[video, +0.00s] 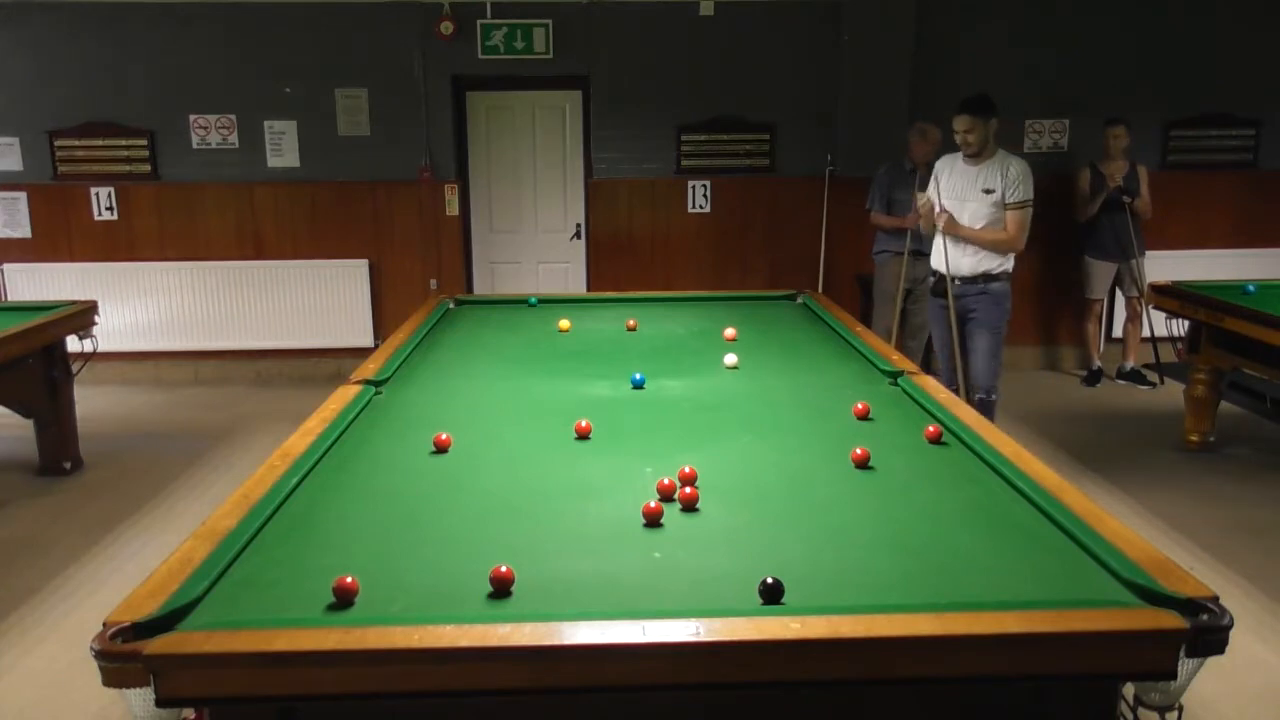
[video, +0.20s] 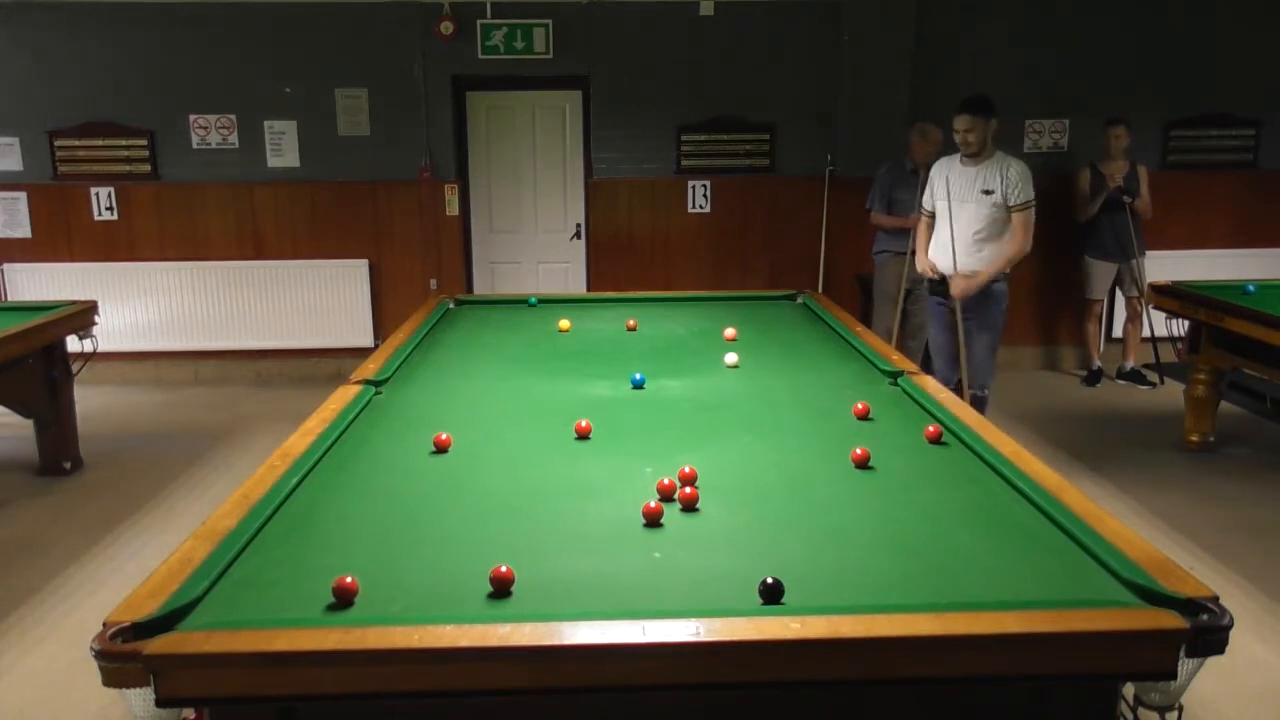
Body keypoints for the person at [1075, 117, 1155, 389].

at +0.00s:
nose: (1117, 142)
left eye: (1121, 137)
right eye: (1112, 137)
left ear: (1128, 140)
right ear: (1104, 140)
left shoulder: (1138, 171)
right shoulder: (1089, 172)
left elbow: (1146, 211)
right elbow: (1082, 214)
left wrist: (1130, 196)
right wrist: (1105, 191)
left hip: (1131, 250)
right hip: (1099, 250)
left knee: (1135, 309)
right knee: (1093, 309)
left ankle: (1128, 366)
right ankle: (1094, 365)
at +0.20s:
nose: (1118, 142)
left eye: (1122, 137)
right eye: (1113, 137)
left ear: (1129, 140)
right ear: (1105, 140)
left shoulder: (1138, 171)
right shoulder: (1089, 172)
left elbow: (1146, 211)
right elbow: (1082, 214)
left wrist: (1129, 196)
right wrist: (1105, 191)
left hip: (1132, 250)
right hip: (1099, 250)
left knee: (1135, 309)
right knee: (1093, 310)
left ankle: (1128, 366)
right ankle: (1094, 365)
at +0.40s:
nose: (1118, 142)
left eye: (1122, 137)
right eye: (1113, 137)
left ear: (1129, 140)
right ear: (1105, 140)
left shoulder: (1138, 170)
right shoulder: (1089, 172)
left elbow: (1146, 211)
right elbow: (1083, 214)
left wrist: (1129, 195)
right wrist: (1106, 191)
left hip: (1132, 250)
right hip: (1099, 250)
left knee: (1136, 309)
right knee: (1094, 310)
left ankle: (1128, 366)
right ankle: (1094, 365)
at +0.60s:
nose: (1120, 144)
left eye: (1124, 139)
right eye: (1115, 139)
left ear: (1130, 141)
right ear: (1106, 140)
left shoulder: (1138, 171)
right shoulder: (1089, 173)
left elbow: (1146, 211)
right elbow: (1083, 214)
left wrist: (1129, 195)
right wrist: (1106, 190)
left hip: (1132, 250)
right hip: (1100, 250)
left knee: (1136, 309)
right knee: (1094, 309)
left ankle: (1128, 366)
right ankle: (1094, 365)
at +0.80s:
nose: (1123, 144)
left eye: (1127, 140)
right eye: (1118, 139)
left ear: (1132, 142)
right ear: (1106, 140)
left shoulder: (1138, 171)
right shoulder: (1089, 173)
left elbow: (1146, 211)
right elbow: (1083, 214)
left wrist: (1130, 196)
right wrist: (1106, 191)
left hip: (1132, 251)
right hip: (1099, 251)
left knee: (1136, 309)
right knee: (1094, 310)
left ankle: (1128, 366)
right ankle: (1094, 365)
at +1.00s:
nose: (1124, 145)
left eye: (1128, 140)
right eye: (1119, 139)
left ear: (1133, 142)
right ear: (1107, 140)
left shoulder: (1138, 171)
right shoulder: (1089, 172)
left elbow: (1147, 211)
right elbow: (1083, 215)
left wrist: (1132, 197)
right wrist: (1106, 191)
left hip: (1132, 251)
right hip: (1099, 251)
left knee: (1136, 309)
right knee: (1094, 310)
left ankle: (1128, 366)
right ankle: (1094, 365)